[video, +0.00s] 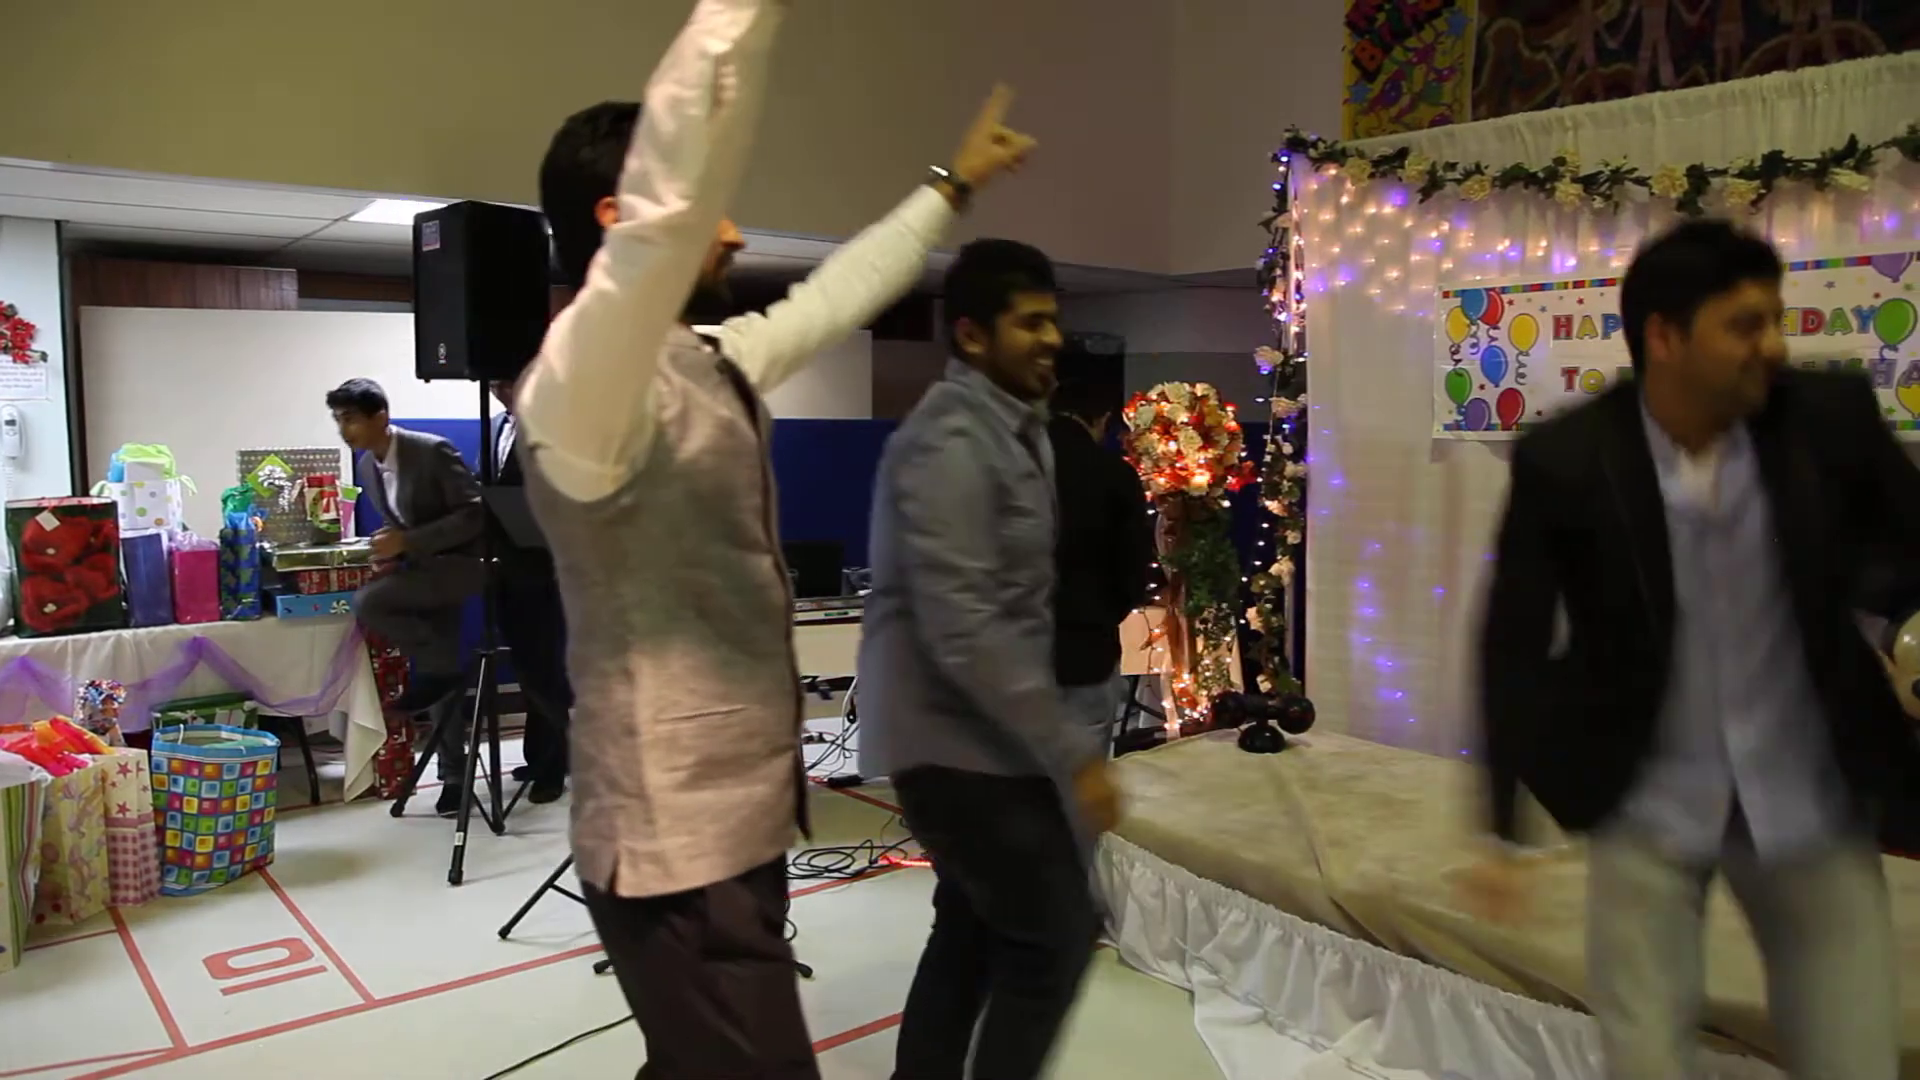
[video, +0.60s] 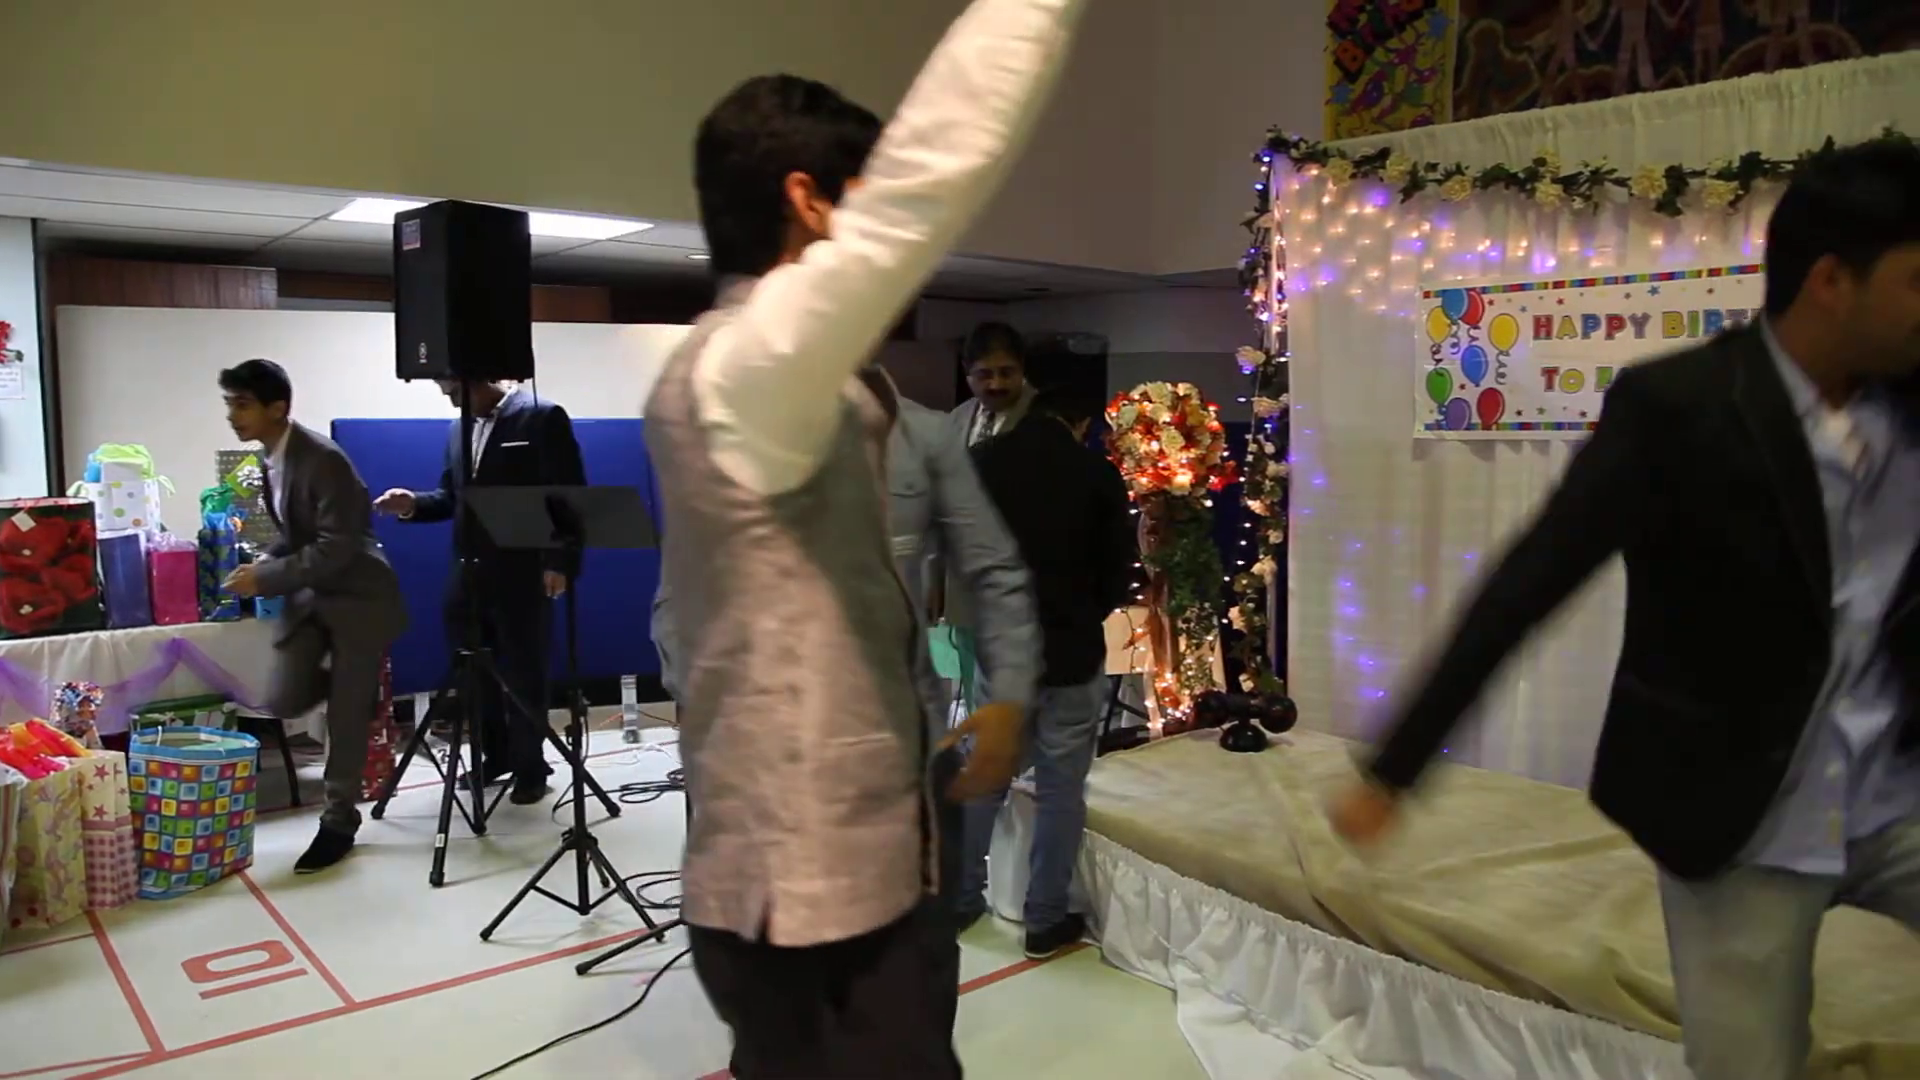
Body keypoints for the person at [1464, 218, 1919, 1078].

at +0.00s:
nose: (1773, 348)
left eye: (1776, 322)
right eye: (1746, 327)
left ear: (1784, 319)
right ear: (1663, 338)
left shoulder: (1830, 417)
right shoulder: (1565, 459)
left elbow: (1906, 559)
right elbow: (1510, 645)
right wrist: (1501, 828)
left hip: (1806, 790)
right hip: (1647, 800)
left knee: (1856, 1057)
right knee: (1644, 1058)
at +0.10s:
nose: (1789, 400)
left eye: (1793, 375)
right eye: (1759, 380)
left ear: (1799, 372)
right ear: (1674, 393)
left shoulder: (1848, 488)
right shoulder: (1583, 518)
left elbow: (1890, 674)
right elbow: (1613, 723)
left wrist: (1877, 817)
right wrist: (1769, 835)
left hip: (1836, 852)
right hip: (1673, 860)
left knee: (1908, 1054)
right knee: (1670, 1068)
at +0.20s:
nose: (1831, 382)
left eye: (1835, 357)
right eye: (1803, 362)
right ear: (1713, 366)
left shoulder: (1881, 461)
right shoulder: (1608, 484)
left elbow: (1876, 679)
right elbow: (1673, 690)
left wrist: (1674, 725)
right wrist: (1873, 685)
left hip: (1854, 819)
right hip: (1694, 838)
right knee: (1693, 1067)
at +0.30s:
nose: (1879, 337)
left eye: (1882, 311)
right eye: (1853, 314)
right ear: (1757, 315)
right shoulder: (1635, 416)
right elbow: (1668, 633)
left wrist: (1710, 689)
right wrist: (1877, 667)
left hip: (1876, 773)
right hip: (1717, 791)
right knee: (1731, 1064)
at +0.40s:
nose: (1907, 345)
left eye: (1909, 319)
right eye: (1885, 319)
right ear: (1791, 321)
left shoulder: (1890, 432)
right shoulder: (1664, 430)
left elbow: (1886, 622)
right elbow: (1666, 647)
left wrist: (1899, 762)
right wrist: (1778, 825)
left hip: (1857, 780)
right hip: (1725, 798)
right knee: (1752, 1059)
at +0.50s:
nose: (1917, 350)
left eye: (1917, 325)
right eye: (1900, 324)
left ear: (1818, 327)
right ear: (1808, 324)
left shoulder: (1897, 447)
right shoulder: (1667, 450)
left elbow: (1898, 637)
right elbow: (1607, 666)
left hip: (1872, 805)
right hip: (1736, 839)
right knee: (1756, 1068)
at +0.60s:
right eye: (1915, 283)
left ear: (1839, 287)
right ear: (1832, 284)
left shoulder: (1909, 413)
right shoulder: (1674, 410)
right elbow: (1526, 585)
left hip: (1894, 796)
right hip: (1737, 820)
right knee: (1749, 1067)